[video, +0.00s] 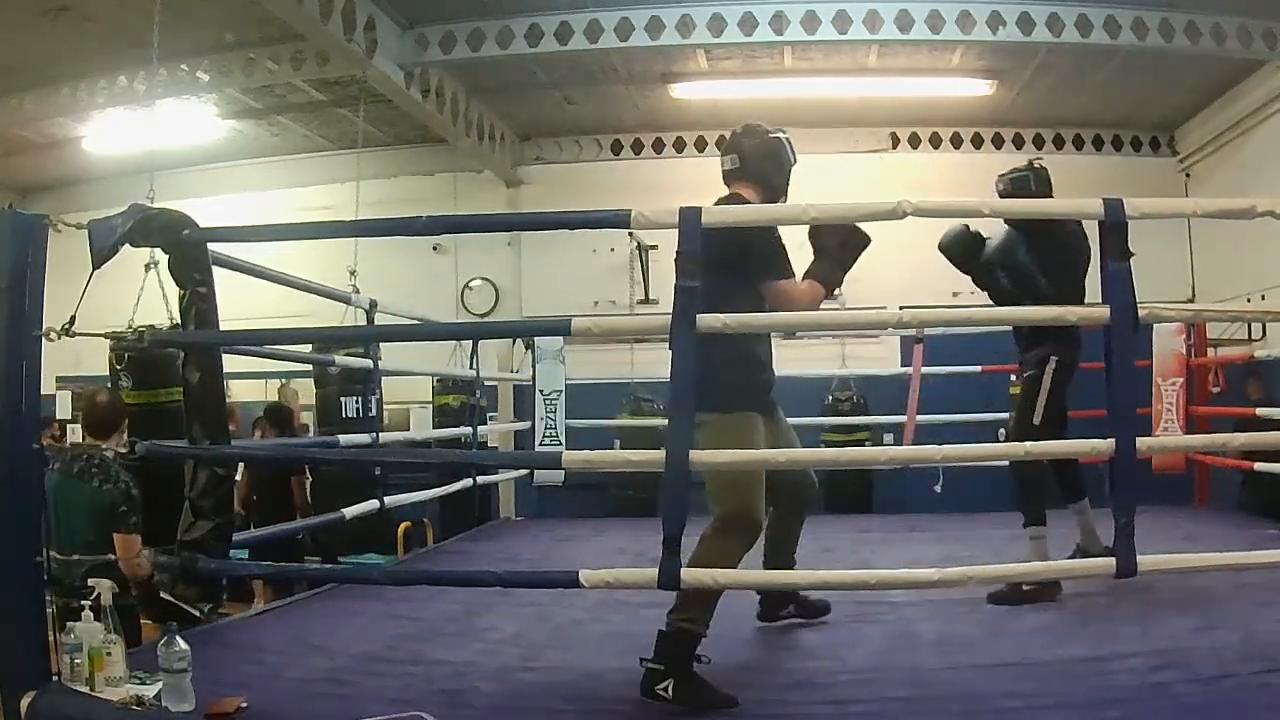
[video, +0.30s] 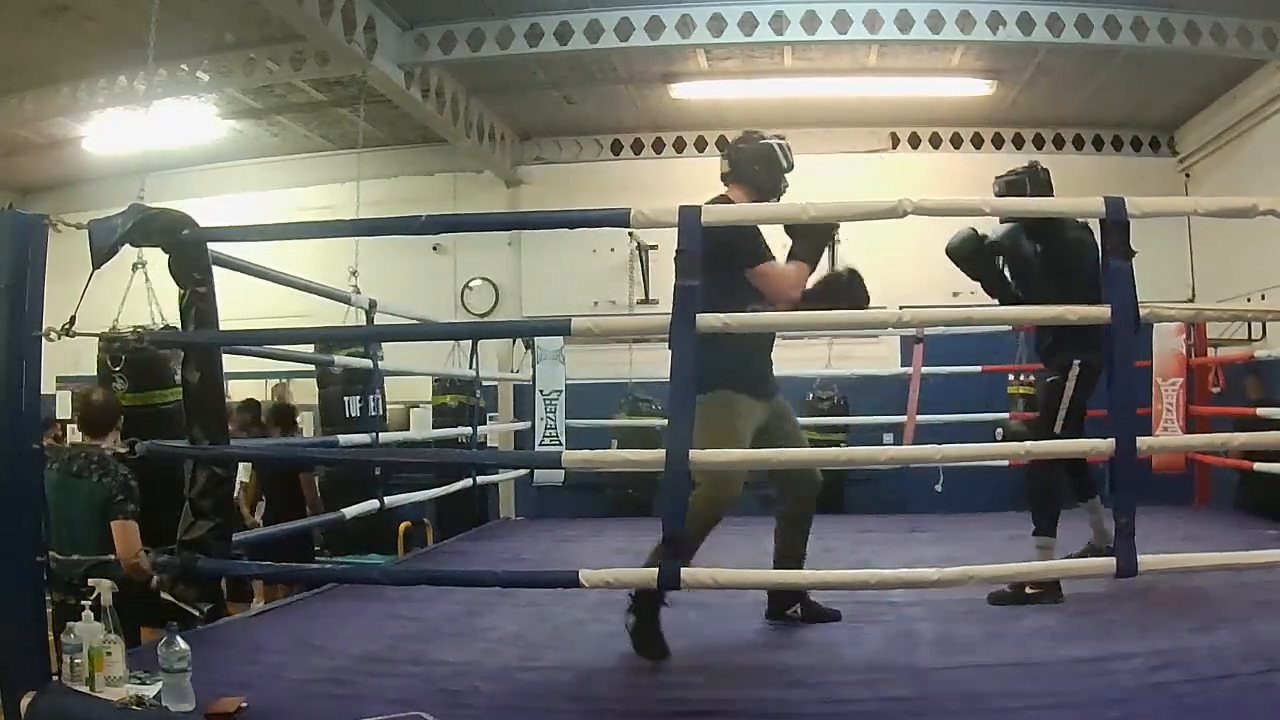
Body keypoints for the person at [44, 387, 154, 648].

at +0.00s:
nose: (127, 426)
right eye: (126, 422)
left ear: (83, 425)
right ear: (122, 427)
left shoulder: (55, 465)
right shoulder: (120, 481)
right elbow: (129, 563)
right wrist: (147, 568)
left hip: (62, 586)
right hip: (108, 591)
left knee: (72, 671)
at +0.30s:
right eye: (120, 420)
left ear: (78, 422)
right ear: (118, 423)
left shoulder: (51, 464)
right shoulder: (116, 474)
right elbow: (129, 556)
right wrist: (147, 575)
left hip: (60, 584)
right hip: (106, 589)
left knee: (69, 670)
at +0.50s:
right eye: (95, 418)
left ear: (49, 422)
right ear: (90, 424)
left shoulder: (29, 462)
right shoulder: (96, 470)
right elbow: (117, 550)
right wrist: (129, 571)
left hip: (36, 581)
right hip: (86, 587)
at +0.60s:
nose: (75, 423)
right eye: (74, 418)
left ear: (31, 422)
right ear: (70, 425)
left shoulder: (15, 464)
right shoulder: (77, 470)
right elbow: (105, 549)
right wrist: (111, 567)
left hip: (21, 590)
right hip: (70, 593)